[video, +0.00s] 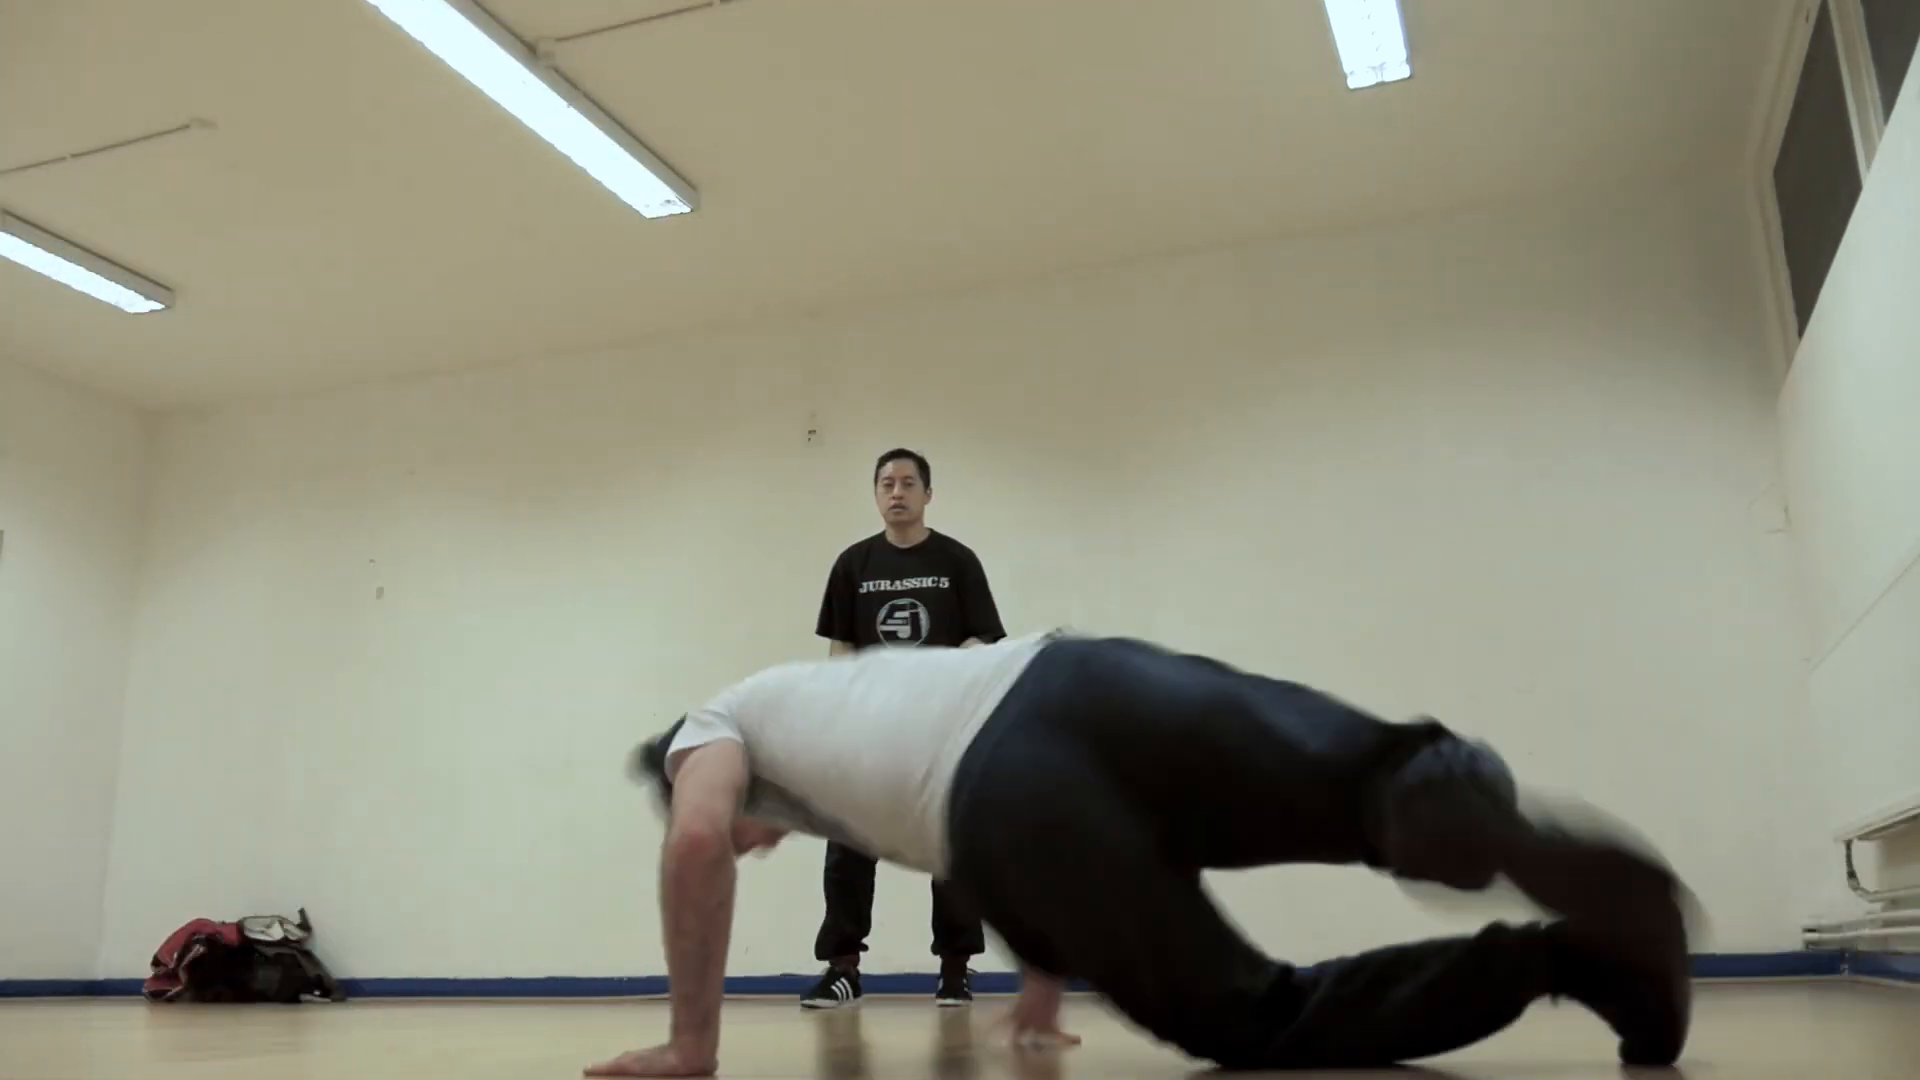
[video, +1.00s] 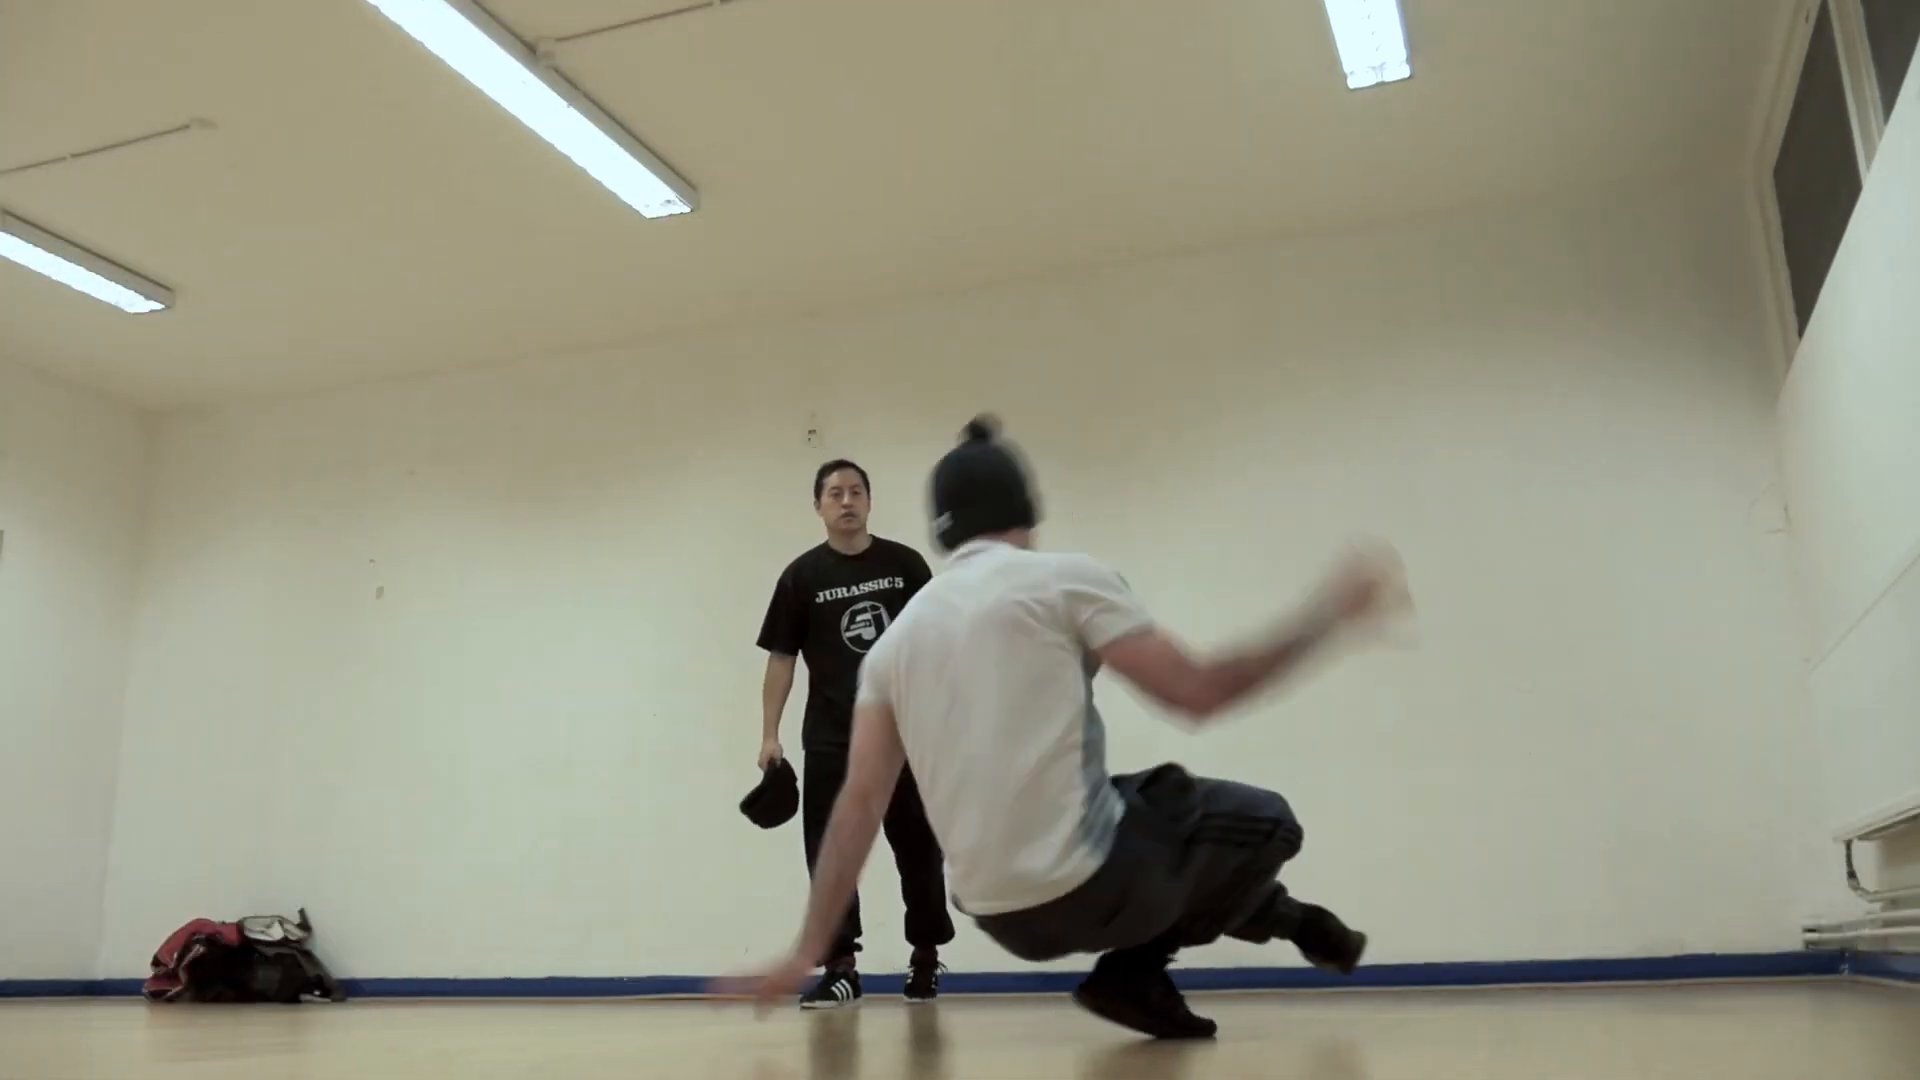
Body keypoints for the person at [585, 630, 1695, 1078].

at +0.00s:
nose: (694, 829)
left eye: (680, 808)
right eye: (680, 816)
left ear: (685, 761)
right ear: (752, 706)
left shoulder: (721, 723)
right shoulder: (871, 695)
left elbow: (701, 841)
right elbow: (1014, 808)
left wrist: (691, 1035)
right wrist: (1041, 1007)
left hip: (1000, 801)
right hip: (1077, 682)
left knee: (1258, 1021)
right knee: (1355, 777)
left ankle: (1559, 961)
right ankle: (1477, 818)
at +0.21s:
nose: (651, 1005)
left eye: (634, 996)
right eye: (646, 996)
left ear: (636, 966)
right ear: (681, 944)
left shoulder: (698, 815)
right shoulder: (820, 907)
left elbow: (695, 828)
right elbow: (1004, 857)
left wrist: (688, 1046)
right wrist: (1028, 1026)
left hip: (1047, 710)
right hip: (1084, 713)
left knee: (1278, 889)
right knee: (1357, 668)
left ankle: (1512, 739)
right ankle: (1264, 472)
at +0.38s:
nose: (708, 1005)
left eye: (671, 994)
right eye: (693, 996)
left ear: (670, 946)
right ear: (711, 960)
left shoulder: (725, 811)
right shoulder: (857, 921)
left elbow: (709, 833)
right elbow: (1003, 870)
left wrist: (688, 1045)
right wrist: (1028, 1018)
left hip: (1066, 673)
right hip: (1103, 807)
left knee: (1267, 506)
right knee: (1340, 846)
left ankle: (1136, 423)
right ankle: (1471, 789)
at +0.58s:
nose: (769, 708)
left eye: (752, 718)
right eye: (756, 717)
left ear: (755, 778)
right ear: (805, 746)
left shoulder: (855, 645)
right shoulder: (884, 847)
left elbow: (902, 722)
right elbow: (1017, 869)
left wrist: (818, 898)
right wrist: (1031, 1023)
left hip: (1064, 678)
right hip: (1096, 801)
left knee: (1136, 627)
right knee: (1282, 804)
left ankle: (1169, 773)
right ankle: (1453, 839)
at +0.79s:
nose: (1038, 532)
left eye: (1028, 518)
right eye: (1017, 526)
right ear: (977, 549)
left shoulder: (996, 551)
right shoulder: (931, 689)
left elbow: (1115, 557)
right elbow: (991, 857)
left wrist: (1258, 542)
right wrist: (1024, 1008)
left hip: (1045, 783)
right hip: (1030, 864)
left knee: (1154, 791)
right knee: (1257, 811)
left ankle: (1209, 882)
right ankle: (1108, 981)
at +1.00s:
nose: (1035, 514)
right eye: (1030, 503)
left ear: (942, 527)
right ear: (1026, 510)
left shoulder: (895, 643)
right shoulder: (1059, 581)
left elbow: (858, 816)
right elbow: (1201, 691)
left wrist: (803, 957)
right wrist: (1328, 610)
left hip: (1007, 921)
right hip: (1101, 880)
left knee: (1163, 807)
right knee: (1265, 824)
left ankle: (1286, 919)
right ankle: (1136, 972)